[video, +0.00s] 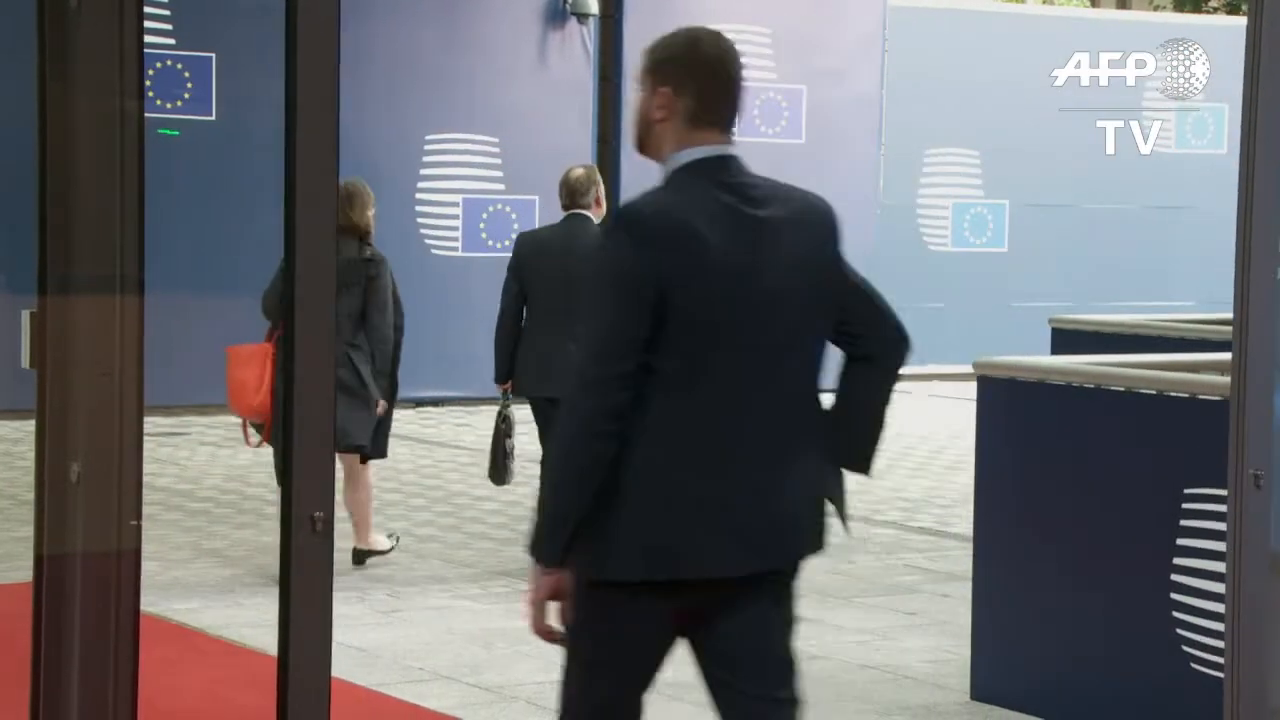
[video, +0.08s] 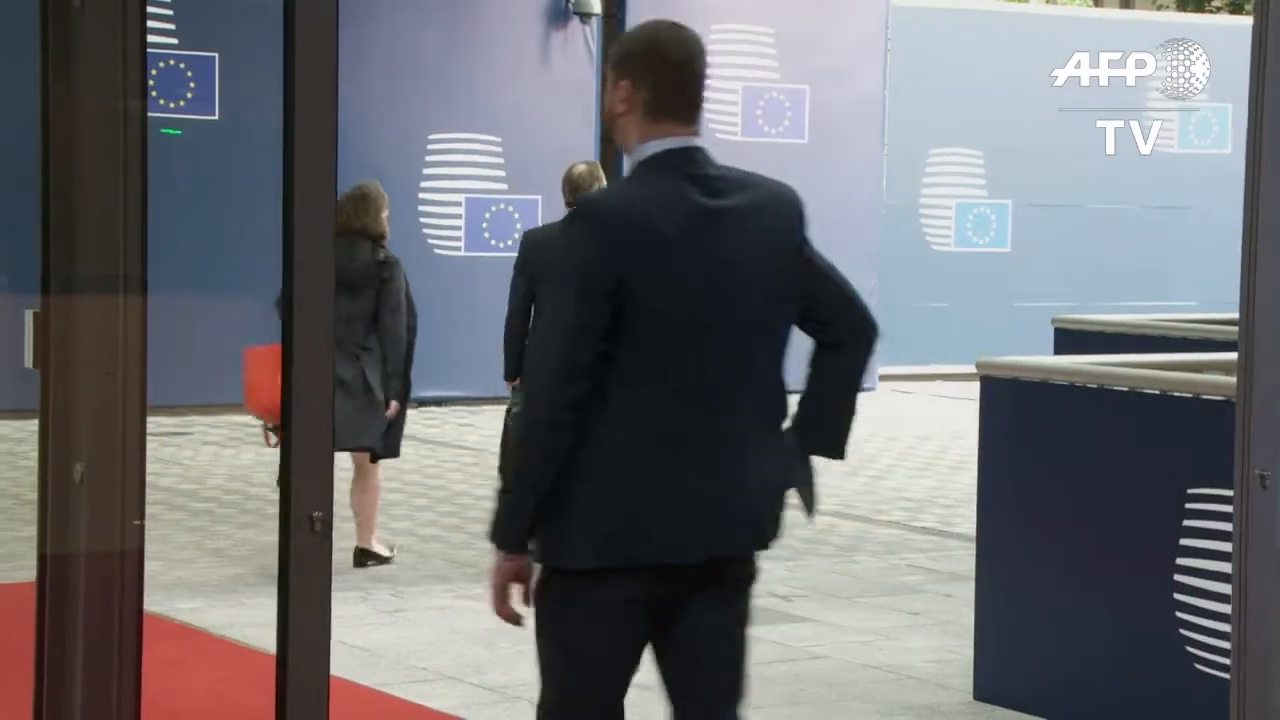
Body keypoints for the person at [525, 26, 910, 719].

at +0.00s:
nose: (634, 107)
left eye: (639, 93)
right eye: (639, 92)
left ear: (662, 102)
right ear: (732, 107)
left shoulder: (640, 227)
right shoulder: (803, 221)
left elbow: (596, 400)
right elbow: (881, 340)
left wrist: (551, 549)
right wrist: (831, 454)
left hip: (635, 553)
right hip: (757, 552)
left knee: (594, 709)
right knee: (765, 708)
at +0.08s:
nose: (603, 104)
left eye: (606, 90)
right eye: (608, 89)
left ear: (622, 95)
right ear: (699, 99)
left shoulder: (596, 225)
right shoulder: (770, 212)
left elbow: (549, 395)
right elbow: (851, 329)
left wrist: (511, 537)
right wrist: (801, 447)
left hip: (598, 548)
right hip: (718, 546)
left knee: (577, 711)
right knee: (711, 710)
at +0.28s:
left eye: (558, 90)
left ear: (559, 98)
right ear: (647, 93)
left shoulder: (536, 208)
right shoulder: (713, 205)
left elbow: (481, 365)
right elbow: (776, 340)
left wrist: (436, 503)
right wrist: (729, 447)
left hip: (565, 508)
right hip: (676, 500)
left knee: (567, 704)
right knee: (622, 683)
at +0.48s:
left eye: (518, 102)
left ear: (521, 111)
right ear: (607, 108)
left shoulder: (495, 216)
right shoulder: (671, 220)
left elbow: (431, 364)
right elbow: (703, 370)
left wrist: (389, 493)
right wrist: (661, 469)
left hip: (527, 506)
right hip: (635, 502)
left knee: (555, 699)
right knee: (566, 689)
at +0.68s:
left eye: (493, 108)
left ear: (494, 115)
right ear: (578, 114)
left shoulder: (471, 204)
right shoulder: (630, 225)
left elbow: (410, 343)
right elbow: (637, 374)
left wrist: (382, 456)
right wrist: (614, 467)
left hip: (473, 493)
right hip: (578, 491)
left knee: (451, 689)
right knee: (535, 690)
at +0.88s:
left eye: (455, 104)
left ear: (456, 109)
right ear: (538, 108)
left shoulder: (433, 195)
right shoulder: (592, 218)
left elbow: (370, 342)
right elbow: (594, 361)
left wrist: (376, 429)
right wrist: (539, 411)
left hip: (428, 481)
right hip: (537, 484)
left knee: (363, 652)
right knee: (512, 687)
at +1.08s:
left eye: (401, 125)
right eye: (481, 123)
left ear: (402, 131)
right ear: (483, 130)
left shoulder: (370, 221)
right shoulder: (535, 237)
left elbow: (318, 356)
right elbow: (543, 377)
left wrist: (322, 447)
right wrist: (504, 447)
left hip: (379, 505)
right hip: (488, 505)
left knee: (341, 694)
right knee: (489, 701)